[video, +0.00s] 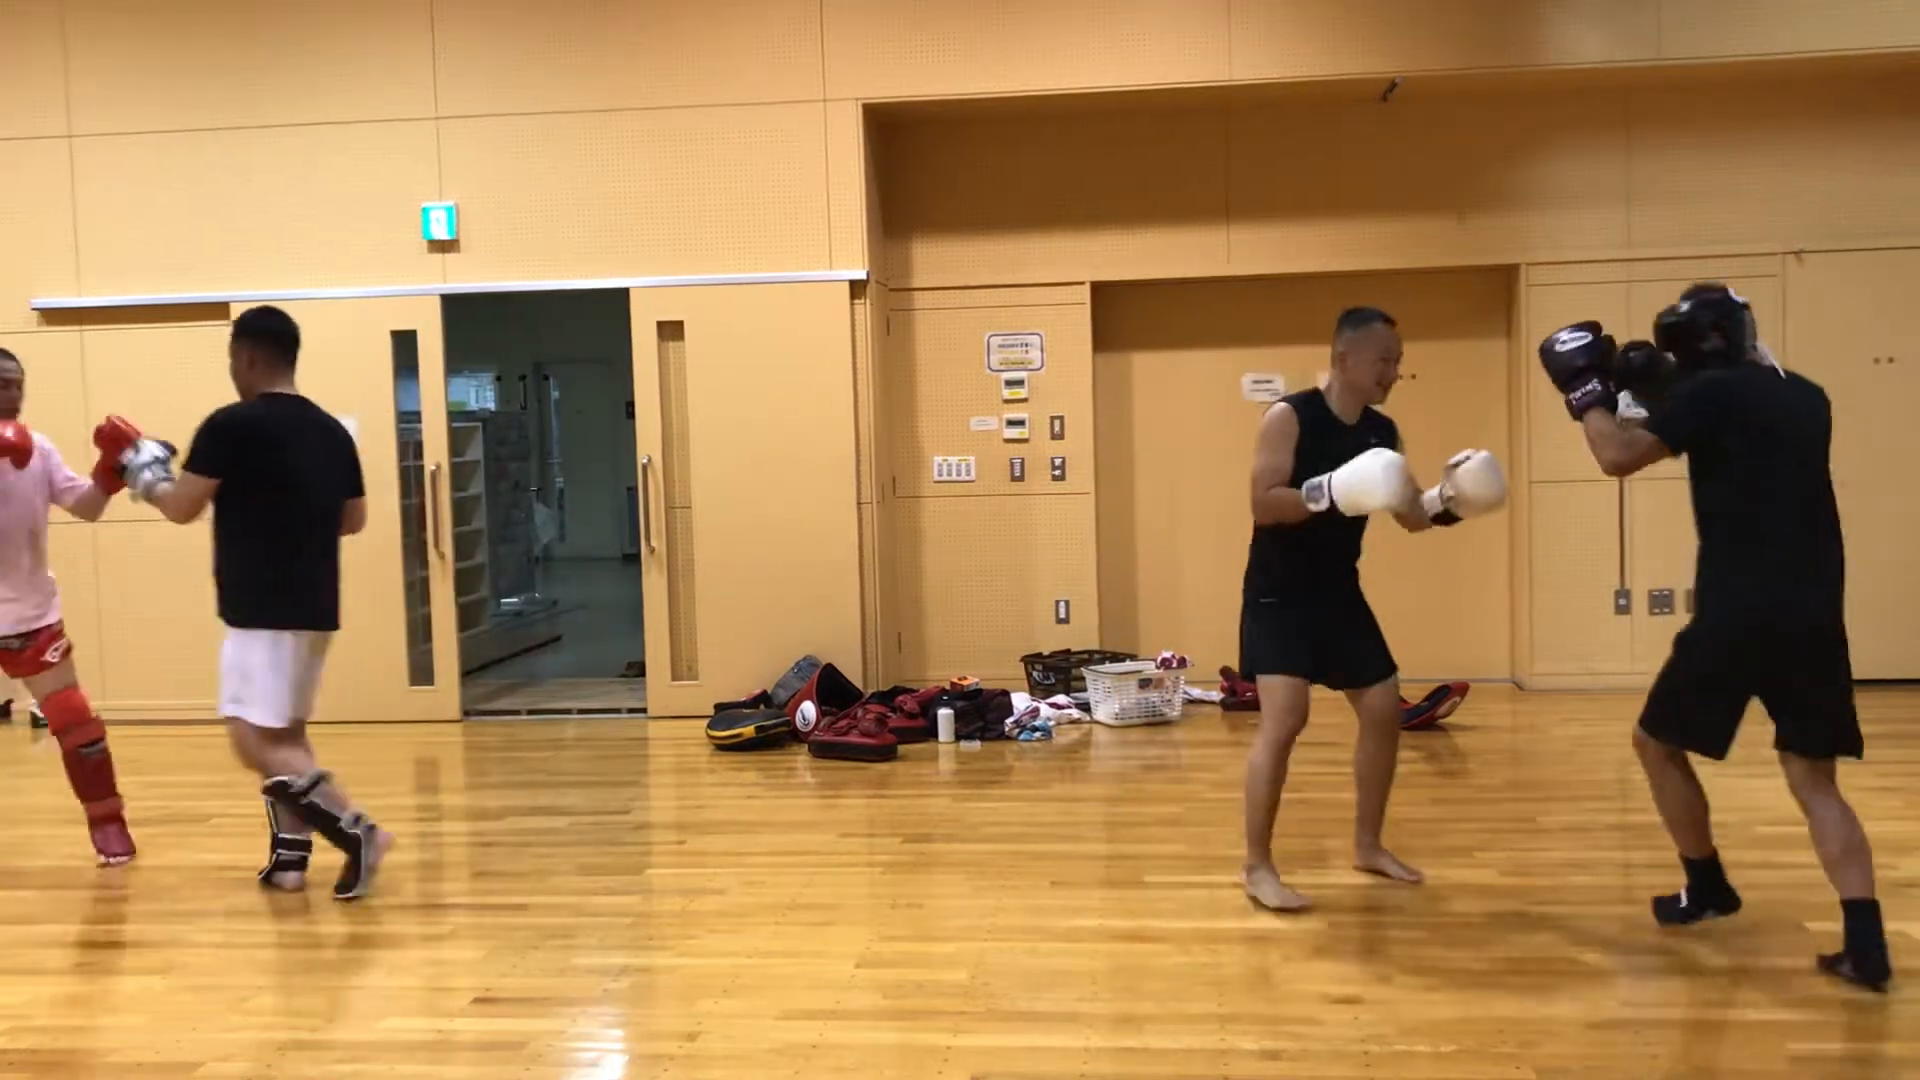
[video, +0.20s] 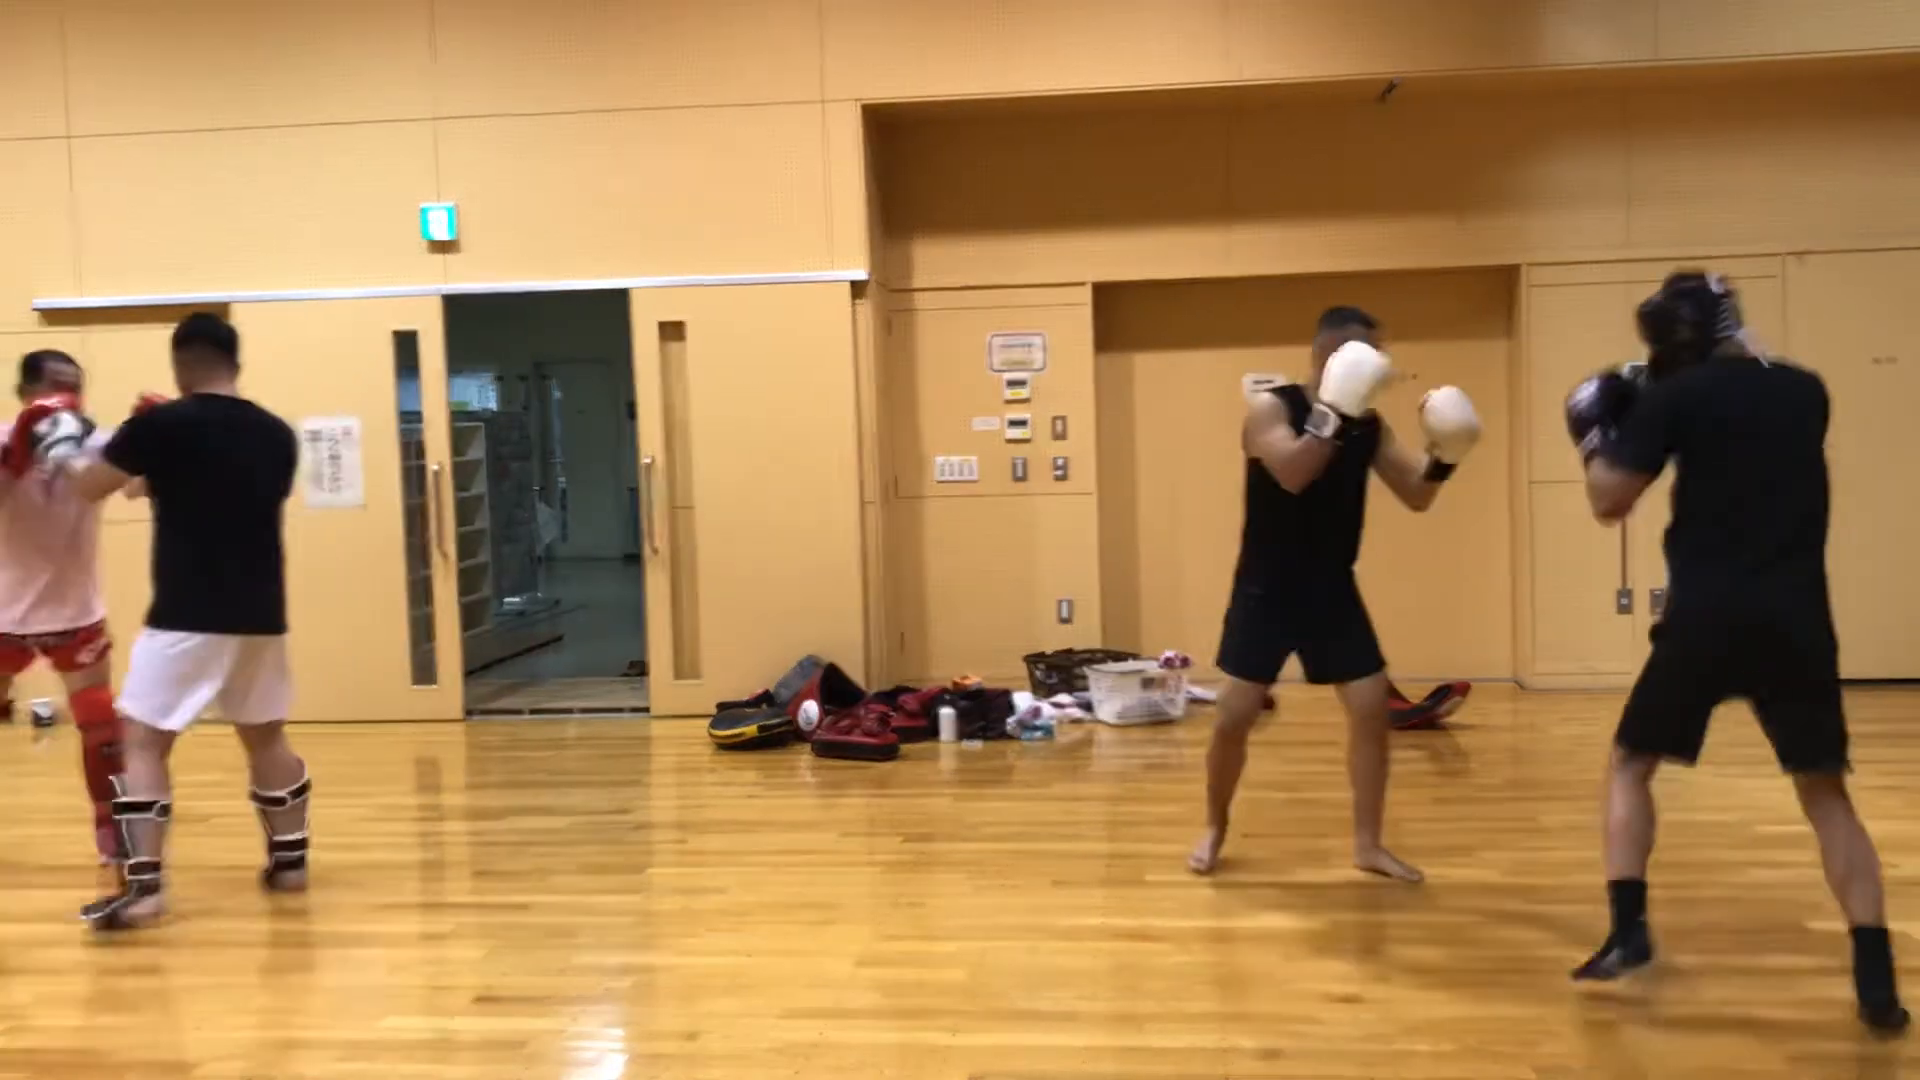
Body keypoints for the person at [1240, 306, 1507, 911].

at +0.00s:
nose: (1396, 373)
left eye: (1398, 362)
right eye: (1386, 361)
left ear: (1376, 364)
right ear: (1344, 358)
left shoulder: (1381, 432)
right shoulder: (1288, 418)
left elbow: (1409, 516)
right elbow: (1263, 506)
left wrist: (1448, 501)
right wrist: (1329, 492)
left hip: (1339, 592)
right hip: (1278, 592)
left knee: (1383, 709)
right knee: (1283, 719)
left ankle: (1368, 847)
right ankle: (1258, 867)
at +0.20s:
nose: (1355, 369)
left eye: (1365, 358)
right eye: (1345, 355)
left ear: (1375, 364)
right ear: (1320, 353)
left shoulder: (1367, 428)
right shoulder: (1271, 408)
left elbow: (1416, 494)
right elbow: (1293, 474)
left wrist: (1445, 452)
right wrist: (1332, 409)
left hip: (1332, 589)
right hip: (1266, 589)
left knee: (1371, 707)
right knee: (1233, 716)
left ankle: (1368, 845)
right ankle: (1214, 827)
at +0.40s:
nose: (1307, 376)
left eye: (1314, 366)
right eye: (1296, 364)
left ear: (1322, 370)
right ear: (1268, 362)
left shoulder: (1329, 427)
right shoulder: (1226, 420)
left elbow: (1384, 490)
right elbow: (1250, 479)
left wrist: (1402, 444)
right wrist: (1273, 415)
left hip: (1310, 597)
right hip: (1241, 599)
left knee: (1360, 709)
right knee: (1199, 718)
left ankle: (1364, 847)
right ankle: (1208, 833)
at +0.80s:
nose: (1246, 380)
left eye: (1252, 368)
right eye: (1234, 370)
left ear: (1258, 363)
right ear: (1203, 371)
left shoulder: (1279, 421)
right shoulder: (1170, 424)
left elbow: (1301, 498)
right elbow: (1171, 487)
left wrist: (1318, 433)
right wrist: (1189, 424)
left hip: (1273, 589)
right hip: (1206, 593)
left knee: (1288, 716)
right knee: (1185, 729)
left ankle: (1314, 853)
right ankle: (1211, 834)